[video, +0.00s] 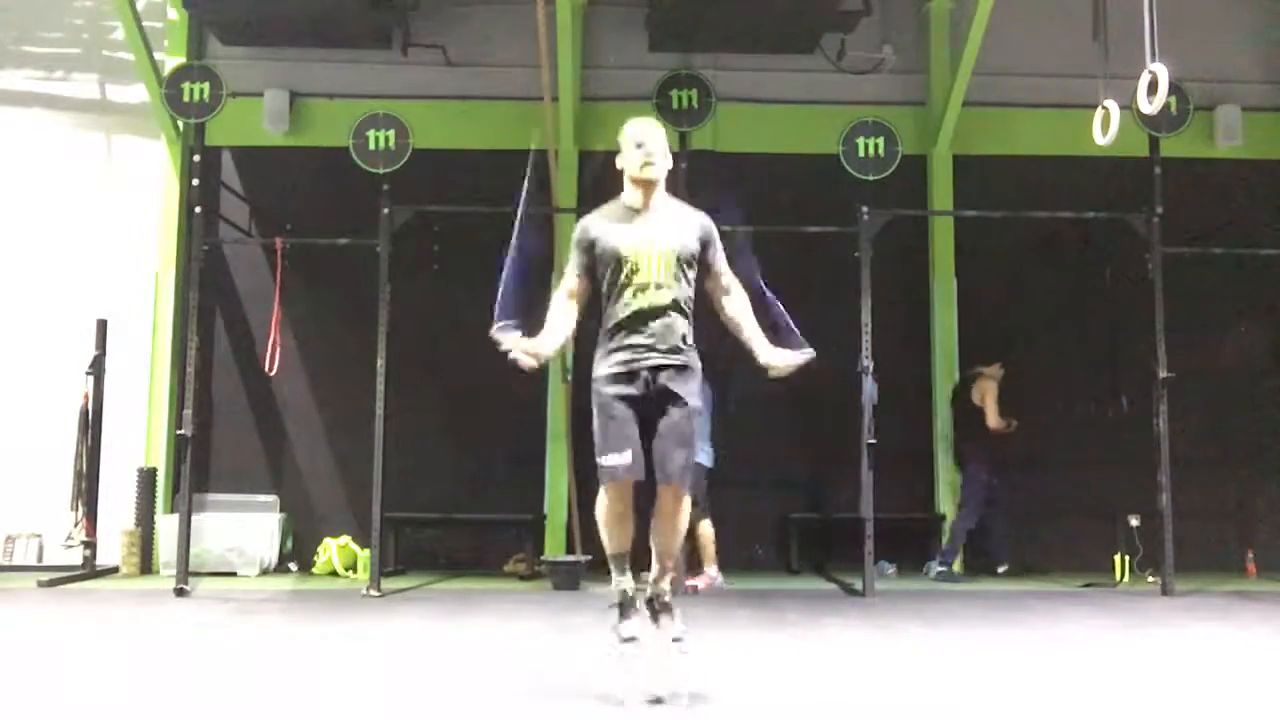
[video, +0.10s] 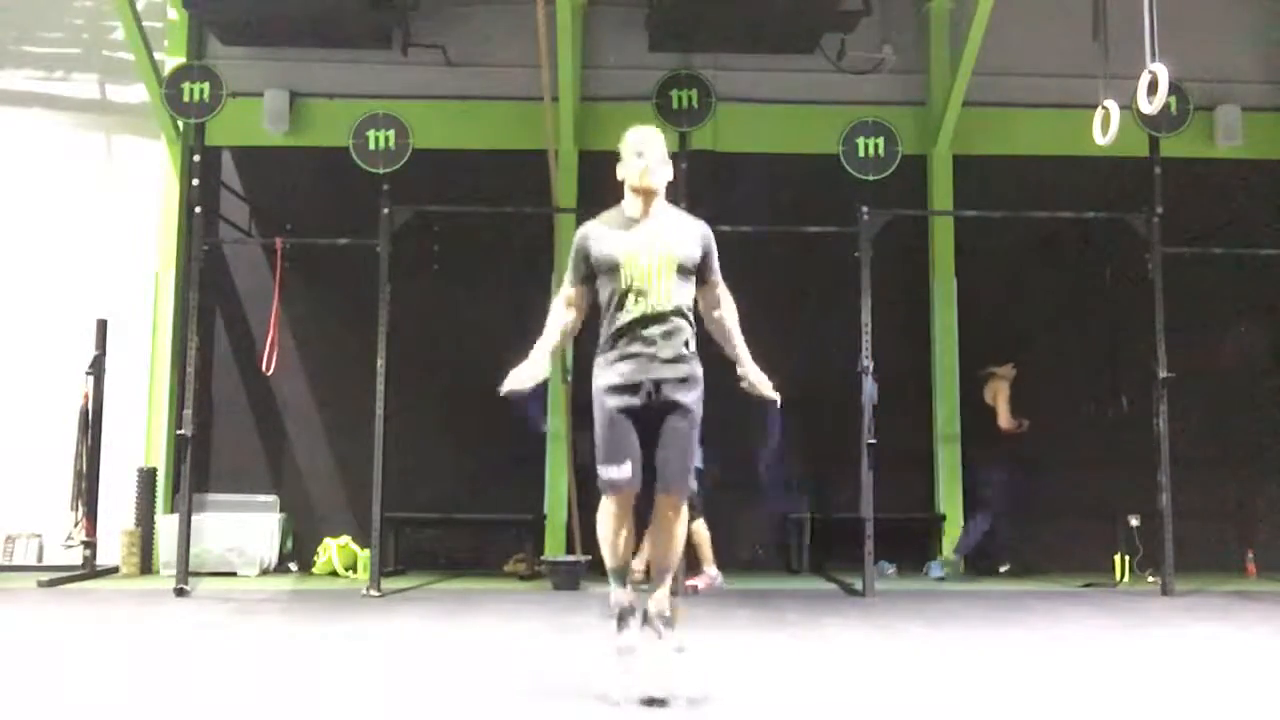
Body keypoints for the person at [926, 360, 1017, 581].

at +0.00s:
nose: (1001, 374)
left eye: (1001, 369)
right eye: (1000, 369)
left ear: (979, 367)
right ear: (993, 367)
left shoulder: (963, 385)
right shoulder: (988, 384)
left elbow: (964, 422)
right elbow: (993, 423)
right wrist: (1009, 425)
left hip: (964, 451)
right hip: (979, 452)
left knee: (993, 504)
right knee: (971, 507)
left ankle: (1001, 560)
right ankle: (944, 562)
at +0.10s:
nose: (1014, 372)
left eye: (1014, 367)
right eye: (1012, 367)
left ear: (993, 367)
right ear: (1004, 367)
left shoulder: (982, 385)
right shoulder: (1000, 384)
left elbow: (982, 420)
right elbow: (1003, 422)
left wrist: (1014, 421)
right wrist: (1020, 425)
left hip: (976, 451)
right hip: (992, 453)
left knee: (994, 507)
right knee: (989, 508)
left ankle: (1002, 559)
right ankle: (958, 555)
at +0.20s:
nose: (1025, 371)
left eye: (1024, 367)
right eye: (1022, 367)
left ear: (1005, 368)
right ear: (1014, 368)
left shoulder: (994, 386)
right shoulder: (1012, 386)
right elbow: (1015, 421)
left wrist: (1024, 421)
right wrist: (1031, 423)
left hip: (990, 451)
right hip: (1005, 453)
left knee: (998, 506)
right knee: (1013, 509)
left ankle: (1007, 559)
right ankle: (982, 547)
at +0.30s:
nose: (1035, 370)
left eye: (1034, 366)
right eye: (1033, 367)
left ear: (1016, 371)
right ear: (1028, 370)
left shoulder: (1008, 386)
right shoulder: (1023, 385)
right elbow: (1025, 420)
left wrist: (1037, 421)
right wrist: (1042, 423)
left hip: (1008, 452)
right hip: (1022, 455)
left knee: (1015, 504)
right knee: (1034, 503)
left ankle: (1021, 556)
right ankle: (1011, 549)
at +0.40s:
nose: (1047, 377)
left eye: (1047, 373)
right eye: (1046, 372)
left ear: (1027, 368)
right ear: (1042, 369)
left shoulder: (1015, 384)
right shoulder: (1034, 383)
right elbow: (1036, 421)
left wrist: (1047, 423)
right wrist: (1053, 425)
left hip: (1006, 450)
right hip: (1023, 451)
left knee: (1011, 504)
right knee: (1037, 499)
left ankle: (1008, 557)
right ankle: (1030, 553)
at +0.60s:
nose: (1079, 383)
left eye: (1079, 379)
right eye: (1078, 378)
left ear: (1060, 376)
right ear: (1071, 377)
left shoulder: (1048, 392)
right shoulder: (1064, 394)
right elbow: (1063, 431)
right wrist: (1082, 448)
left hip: (1036, 456)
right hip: (1049, 457)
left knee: (1035, 507)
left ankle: (1013, 558)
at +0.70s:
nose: (1096, 395)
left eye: (1096, 392)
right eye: (1096, 391)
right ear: (1090, 385)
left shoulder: (1055, 396)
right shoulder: (1080, 398)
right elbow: (1080, 439)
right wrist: (1099, 462)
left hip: (1050, 463)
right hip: (1071, 466)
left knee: (1050, 513)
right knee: (1090, 512)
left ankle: (1018, 554)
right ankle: (1103, 562)